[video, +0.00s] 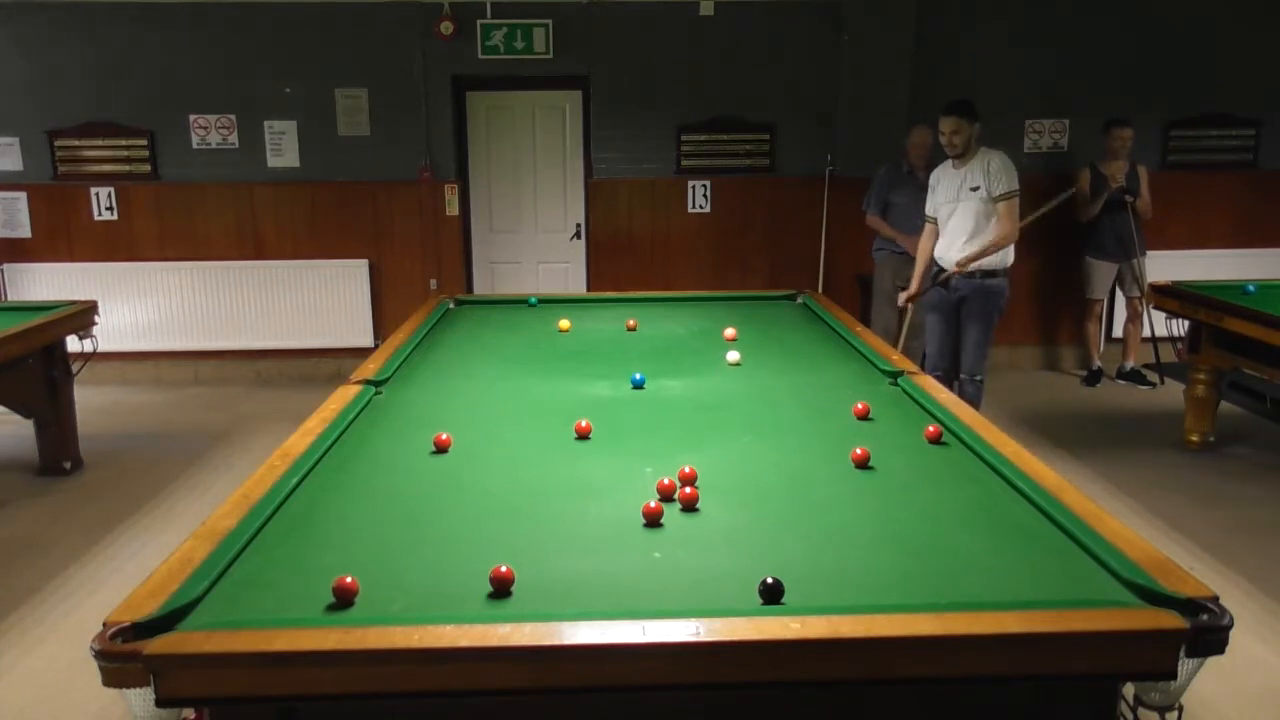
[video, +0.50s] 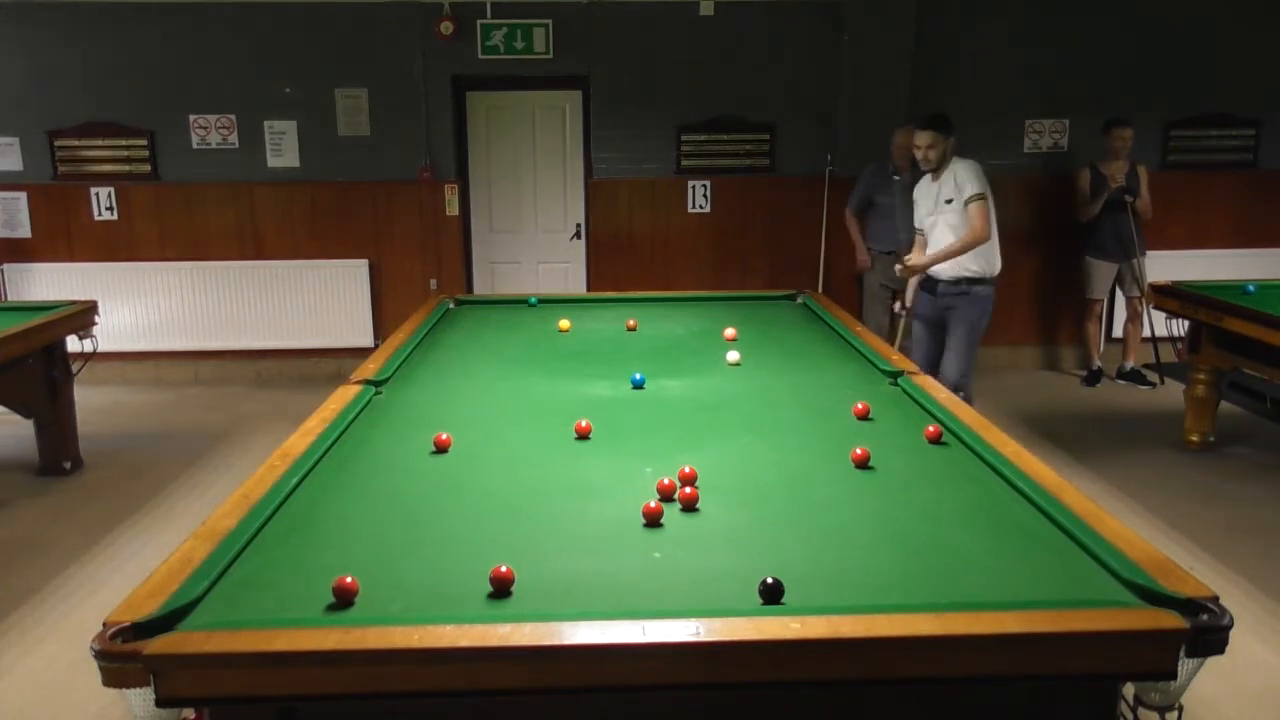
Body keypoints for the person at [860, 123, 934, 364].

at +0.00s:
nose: (922, 150)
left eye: (927, 145)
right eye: (917, 145)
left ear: (932, 149)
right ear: (907, 146)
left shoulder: (938, 180)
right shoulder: (890, 174)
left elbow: (945, 218)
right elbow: (871, 217)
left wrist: (929, 245)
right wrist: (905, 240)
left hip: (925, 258)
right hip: (891, 256)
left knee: (918, 324)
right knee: (886, 322)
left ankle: (909, 382)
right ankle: (879, 378)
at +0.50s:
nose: (906, 152)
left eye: (910, 147)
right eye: (901, 147)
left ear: (916, 149)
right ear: (892, 148)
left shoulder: (921, 179)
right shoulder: (876, 175)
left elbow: (931, 219)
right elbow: (850, 211)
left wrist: (921, 255)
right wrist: (860, 249)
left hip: (913, 262)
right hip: (879, 260)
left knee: (909, 331)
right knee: (877, 329)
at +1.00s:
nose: (864, 160)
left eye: (869, 155)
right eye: (860, 155)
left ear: (879, 154)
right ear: (855, 154)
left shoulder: (893, 180)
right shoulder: (845, 178)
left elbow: (909, 219)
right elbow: (831, 222)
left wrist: (906, 259)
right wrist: (828, 261)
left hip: (889, 261)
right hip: (854, 260)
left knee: (893, 323)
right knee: (858, 318)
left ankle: (895, 371)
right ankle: (859, 371)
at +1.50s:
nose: (831, 172)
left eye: (836, 167)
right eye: (827, 167)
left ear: (849, 161)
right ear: (823, 163)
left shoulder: (875, 179)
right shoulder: (827, 182)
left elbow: (896, 217)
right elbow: (825, 223)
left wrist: (871, 241)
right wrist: (820, 263)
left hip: (869, 261)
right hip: (840, 262)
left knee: (868, 318)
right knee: (845, 316)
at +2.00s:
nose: (781, 173)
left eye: (786, 167)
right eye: (779, 168)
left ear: (801, 160)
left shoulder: (831, 179)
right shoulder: (789, 183)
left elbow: (849, 225)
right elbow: (802, 226)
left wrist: (819, 260)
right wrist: (793, 258)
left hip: (834, 268)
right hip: (806, 268)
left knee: (834, 330)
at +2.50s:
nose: (725, 163)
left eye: (728, 157)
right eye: (723, 158)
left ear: (744, 151)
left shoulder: (773, 173)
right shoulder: (745, 177)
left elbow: (788, 218)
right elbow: (749, 224)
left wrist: (756, 250)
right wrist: (738, 255)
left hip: (772, 264)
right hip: (751, 262)